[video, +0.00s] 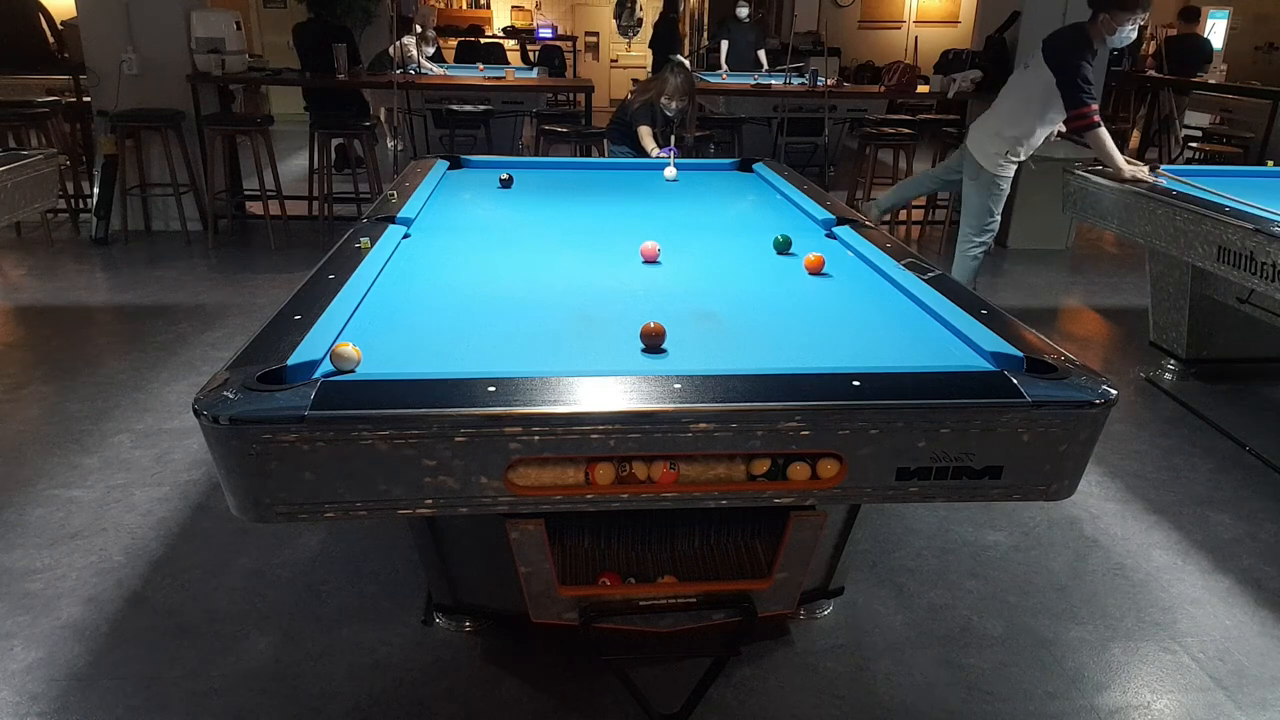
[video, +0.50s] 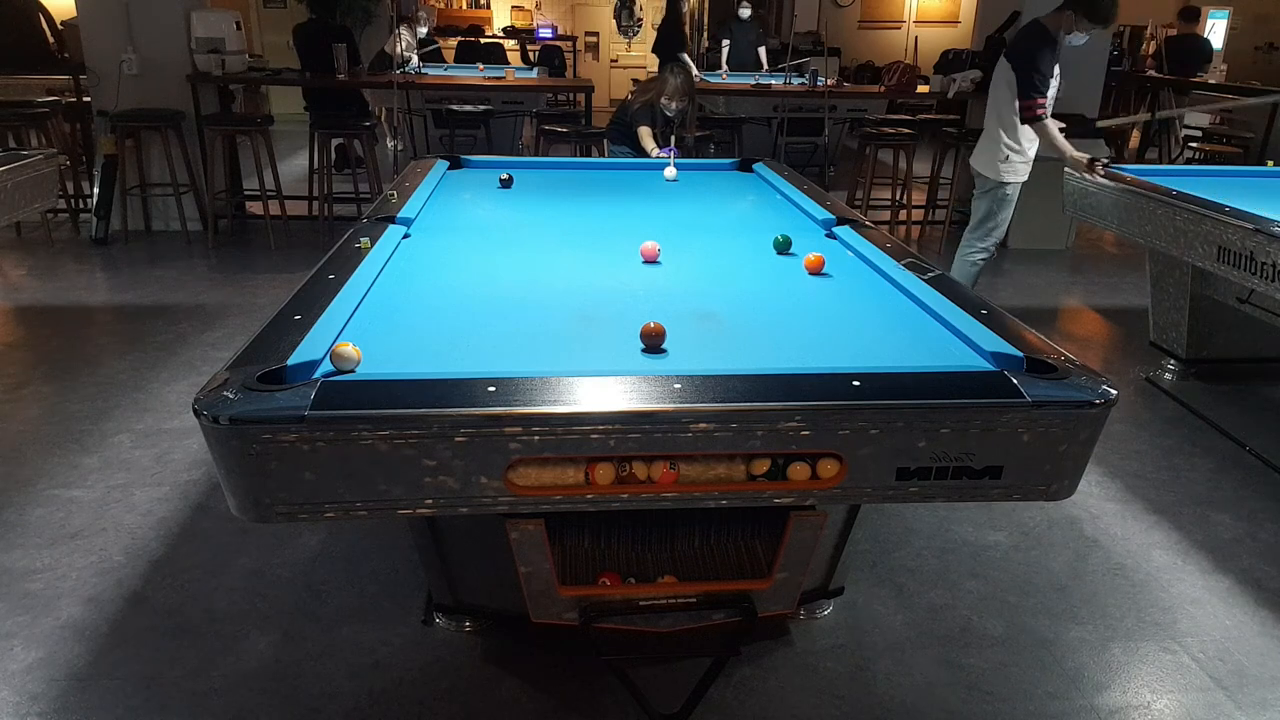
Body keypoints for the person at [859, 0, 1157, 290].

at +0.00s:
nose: (1129, 29)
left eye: (1133, 23)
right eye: (1127, 21)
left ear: (1103, 18)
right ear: (1105, 17)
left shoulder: (1072, 37)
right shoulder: (1077, 50)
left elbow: (1040, 86)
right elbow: (1087, 117)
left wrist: (1055, 121)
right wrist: (1122, 168)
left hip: (983, 135)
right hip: (996, 154)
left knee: (935, 179)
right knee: (976, 239)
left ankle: (871, 211)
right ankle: (954, 309)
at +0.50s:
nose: (1083, 39)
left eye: (1089, 34)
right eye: (1084, 31)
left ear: (1066, 14)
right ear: (1069, 16)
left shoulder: (1037, 34)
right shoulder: (1038, 42)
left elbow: (1024, 98)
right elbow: (1035, 114)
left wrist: (1047, 122)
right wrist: (1072, 155)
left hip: (999, 158)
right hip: (1003, 164)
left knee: (979, 241)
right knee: (980, 245)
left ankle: (952, 308)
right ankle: (951, 313)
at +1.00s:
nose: (1074, 54)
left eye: (1080, 51)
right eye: (1076, 48)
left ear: (1068, 31)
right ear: (1066, 31)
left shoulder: (1046, 51)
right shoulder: (1019, 53)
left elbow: (1024, 99)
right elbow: (994, 115)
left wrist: (1047, 120)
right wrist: (984, 168)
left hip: (1008, 153)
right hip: (985, 154)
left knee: (991, 229)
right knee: (975, 230)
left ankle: (969, 295)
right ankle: (958, 300)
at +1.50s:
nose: (1058, 165)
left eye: (1062, 163)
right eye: (1063, 161)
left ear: (1063, 146)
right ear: (1063, 151)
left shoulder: (1045, 122)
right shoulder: (1025, 143)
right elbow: (1010, 213)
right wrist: (1003, 264)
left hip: (974, 155)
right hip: (944, 152)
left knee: (975, 224)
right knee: (954, 225)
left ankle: (967, 286)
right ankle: (931, 288)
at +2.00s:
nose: (1058, 161)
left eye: (1063, 158)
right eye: (1062, 155)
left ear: (1051, 131)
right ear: (1052, 139)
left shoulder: (1027, 117)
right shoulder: (1015, 140)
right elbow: (990, 198)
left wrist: (1012, 173)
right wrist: (978, 244)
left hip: (960, 157)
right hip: (932, 154)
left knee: (971, 221)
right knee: (952, 228)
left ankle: (966, 282)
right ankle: (928, 287)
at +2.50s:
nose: (1031, 13)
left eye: (1033, 7)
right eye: (1024, 6)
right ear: (1004, 7)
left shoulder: (1010, 47)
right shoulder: (978, 44)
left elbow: (1008, 102)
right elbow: (987, 103)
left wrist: (1029, 138)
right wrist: (1010, 145)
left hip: (980, 152)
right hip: (951, 152)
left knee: (976, 224)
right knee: (946, 228)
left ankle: (966, 286)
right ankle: (931, 289)